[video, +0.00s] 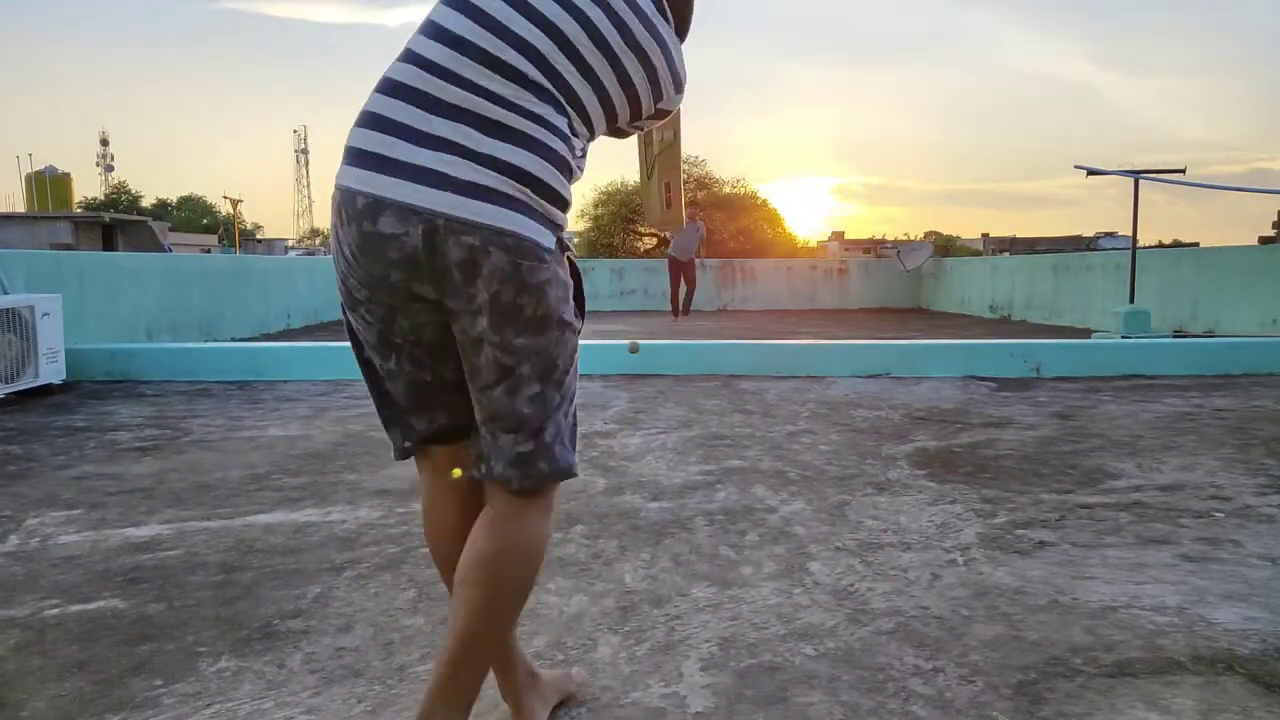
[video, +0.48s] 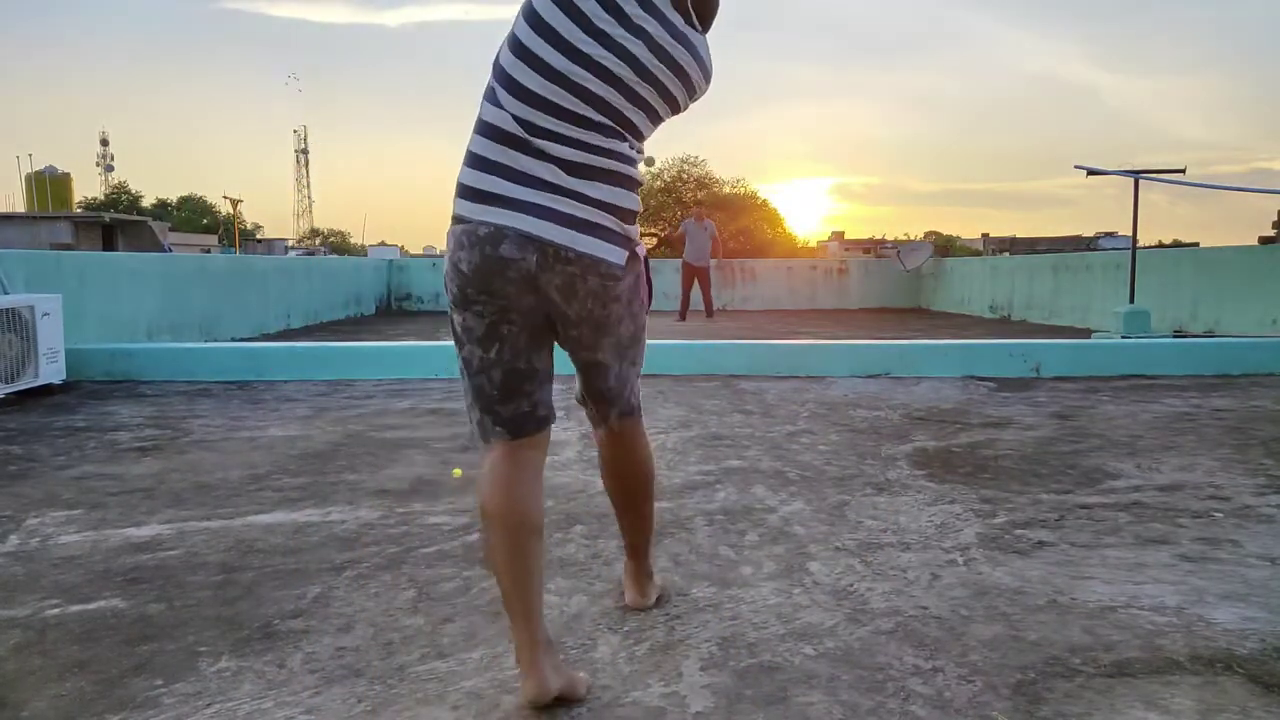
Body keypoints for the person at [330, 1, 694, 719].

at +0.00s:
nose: (683, 30)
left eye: (684, 20)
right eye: (684, 22)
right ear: (674, 8)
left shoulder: (494, 1)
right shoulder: (661, 58)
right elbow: (627, 120)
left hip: (370, 199)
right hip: (498, 224)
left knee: (445, 460)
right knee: (523, 484)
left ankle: (522, 686)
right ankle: (440, 710)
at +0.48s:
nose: (711, 16)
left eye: (714, 9)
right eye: (714, 9)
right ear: (699, 2)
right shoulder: (693, 65)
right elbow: (623, 119)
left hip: (483, 236)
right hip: (589, 251)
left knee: (512, 437)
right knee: (617, 414)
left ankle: (535, 662)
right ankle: (639, 574)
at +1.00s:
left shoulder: (564, 1)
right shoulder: (705, 41)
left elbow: (477, 45)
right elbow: (680, 155)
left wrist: (488, 134)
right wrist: (685, 208)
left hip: (522, 212)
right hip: (615, 227)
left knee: (527, 385)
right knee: (627, 399)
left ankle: (517, 546)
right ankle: (631, 574)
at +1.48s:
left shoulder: (471, 5)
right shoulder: (617, 8)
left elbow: (444, 106)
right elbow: (699, 27)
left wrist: (399, 201)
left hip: (498, 224)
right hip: (586, 228)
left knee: (511, 390)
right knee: (604, 388)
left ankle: (518, 548)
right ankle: (614, 551)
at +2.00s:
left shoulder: (454, 5)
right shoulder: (622, 15)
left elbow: (422, 102)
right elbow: (624, 148)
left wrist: (378, 201)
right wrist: (587, 203)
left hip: (490, 223)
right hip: (586, 223)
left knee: (504, 401)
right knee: (566, 409)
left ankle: (516, 550)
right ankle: (541, 610)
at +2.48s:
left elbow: (380, 83)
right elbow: (634, 90)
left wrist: (364, 192)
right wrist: (741, 198)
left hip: (434, 219)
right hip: (543, 218)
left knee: (450, 417)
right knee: (538, 427)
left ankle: (389, 615)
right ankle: (540, 615)